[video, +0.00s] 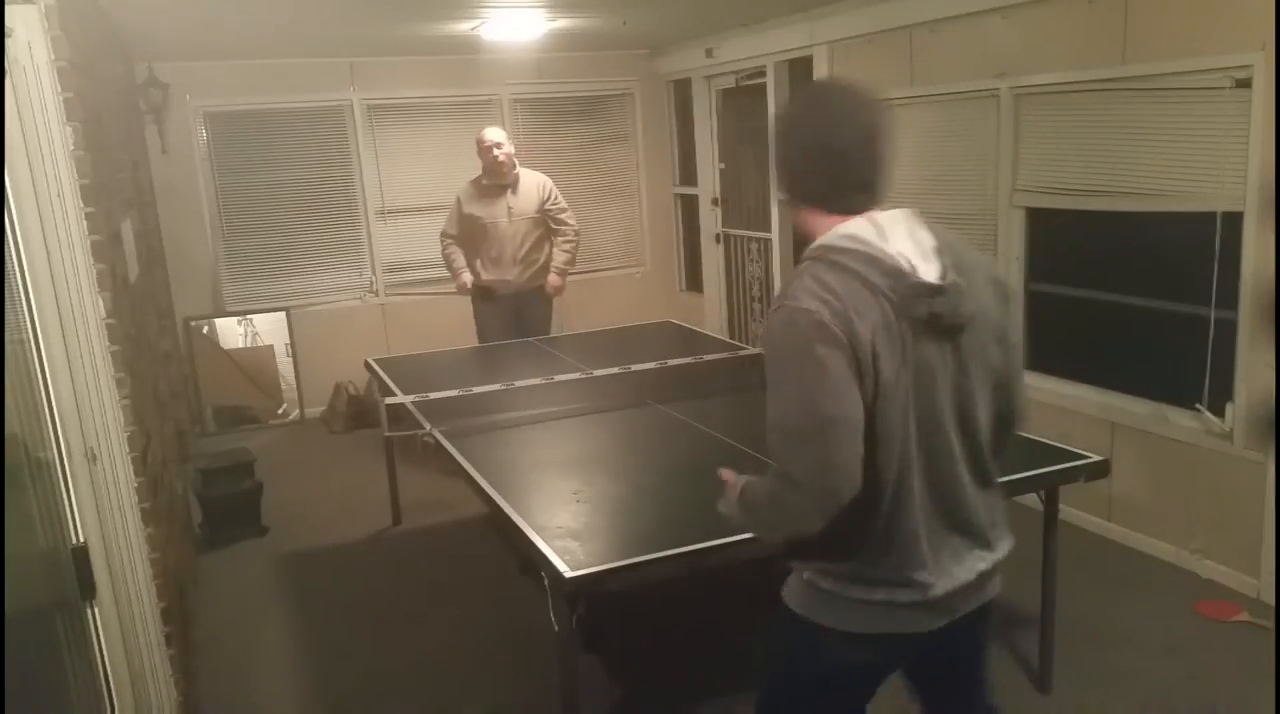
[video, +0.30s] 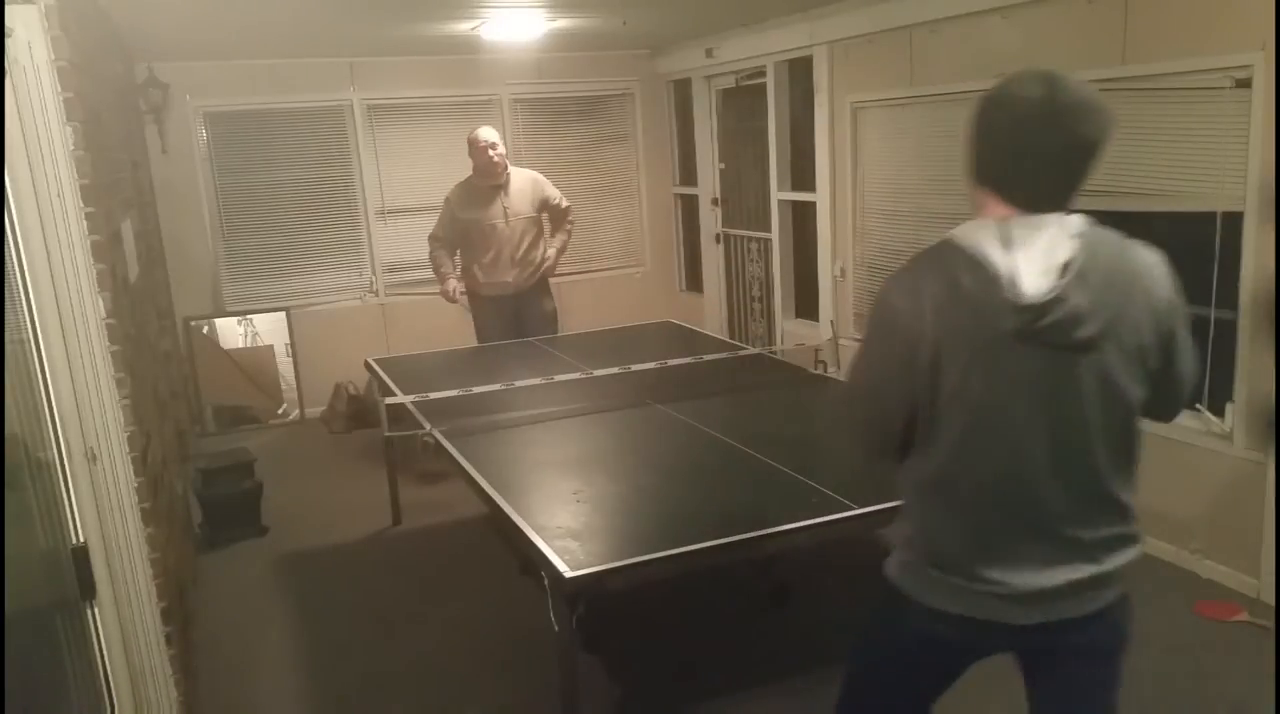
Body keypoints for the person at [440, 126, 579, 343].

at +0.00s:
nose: (495, 153)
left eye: (499, 146)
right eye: (487, 148)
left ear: (512, 147)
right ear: (480, 156)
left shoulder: (540, 184)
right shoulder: (467, 195)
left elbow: (567, 229)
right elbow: (450, 239)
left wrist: (558, 271)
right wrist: (461, 272)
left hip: (534, 295)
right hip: (489, 298)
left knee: (537, 363)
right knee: (495, 366)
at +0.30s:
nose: (490, 154)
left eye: (494, 146)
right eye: (482, 149)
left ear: (505, 148)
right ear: (471, 156)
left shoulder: (533, 182)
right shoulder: (459, 197)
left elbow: (564, 215)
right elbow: (439, 242)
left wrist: (555, 251)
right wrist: (448, 277)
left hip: (534, 294)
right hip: (488, 301)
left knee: (545, 364)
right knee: (498, 369)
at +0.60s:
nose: (493, 154)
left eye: (497, 147)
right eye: (485, 149)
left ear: (506, 150)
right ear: (472, 156)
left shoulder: (527, 183)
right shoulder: (458, 200)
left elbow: (546, 228)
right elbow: (445, 249)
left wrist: (548, 267)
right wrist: (471, 280)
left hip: (540, 291)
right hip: (494, 299)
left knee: (550, 360)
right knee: (501, 368)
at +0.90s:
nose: (514, 160)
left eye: (518, 152)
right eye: (507, 154)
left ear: (524, 153)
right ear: (492, 157)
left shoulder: (546, 191)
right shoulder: (473, 197)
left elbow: (567, 241)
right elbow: (455, 247)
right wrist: (476, 284)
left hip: (537, 301)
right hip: (492, 305)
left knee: (540, 372)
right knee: (495, 372)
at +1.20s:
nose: (517, 162)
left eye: (521, 155)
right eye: (509, 156)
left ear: (527, 154)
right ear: (494, 157)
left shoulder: (548, 191)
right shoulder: (476, 197)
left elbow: (568, 241)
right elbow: (458, 247)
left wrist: (572, 287)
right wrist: (484, 284)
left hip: (540, 300)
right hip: (494, 303)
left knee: (541, 370)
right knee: (498, 372)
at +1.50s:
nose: (520, 164)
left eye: (524, 156)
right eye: (512, 157)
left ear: (530, 155)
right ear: (497, 157)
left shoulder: (549, 192)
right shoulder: (479, 197)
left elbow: (567, 242)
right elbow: (460, 247)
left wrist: (572, 288)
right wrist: (495, 283)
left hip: (541, 299)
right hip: (497, 302)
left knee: (543, 369)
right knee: (499, 370)